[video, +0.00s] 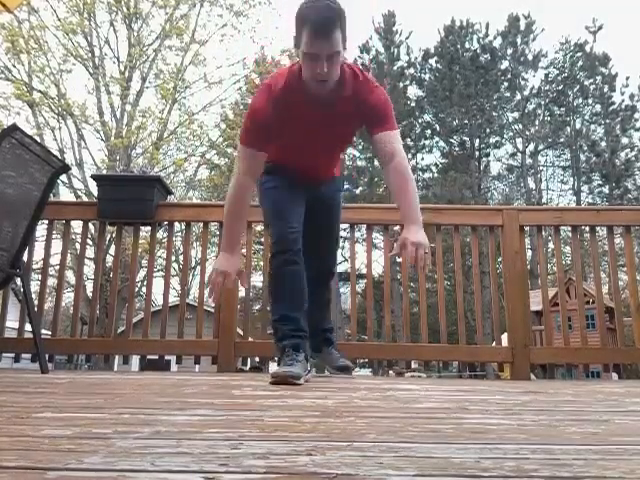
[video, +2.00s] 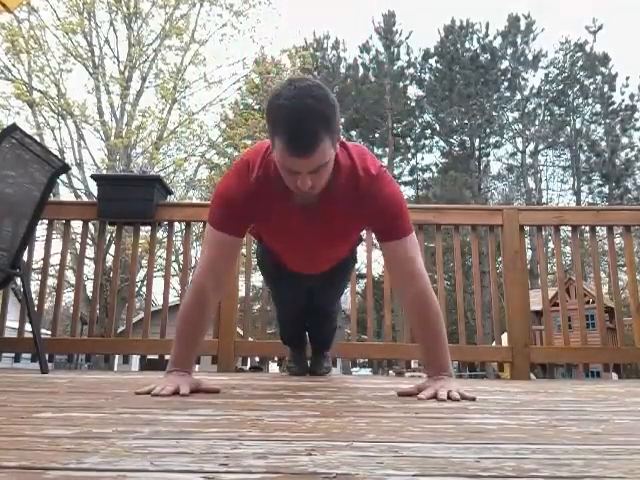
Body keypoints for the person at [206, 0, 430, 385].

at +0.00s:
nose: (323, 68)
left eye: (332, 56)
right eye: (312, 57)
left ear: (344, 47)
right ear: (297, 49)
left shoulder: (366, 93)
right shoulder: (272, 95)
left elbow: (394, 158)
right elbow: (244, 176)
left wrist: (413, 224)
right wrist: (229, 250)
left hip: (326, 176)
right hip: (280, 174)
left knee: (323, 262)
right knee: (286, 245)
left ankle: (320, 347)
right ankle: (290, 350)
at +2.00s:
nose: (303, 183)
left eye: (316, 170)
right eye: (290, 171)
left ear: (337, 143)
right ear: (271, 147)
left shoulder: (371, 185)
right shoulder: (242, 184)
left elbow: (413, 282)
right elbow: (206, 283)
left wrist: (440, 374)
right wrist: (179, 370)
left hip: (336, 254)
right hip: (278, 253)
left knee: (324, 313)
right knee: (290, 317)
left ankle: (321, 353)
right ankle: (295, 352)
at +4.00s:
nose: (299, 177)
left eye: (313, 163)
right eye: (286, 163)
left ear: (334, 139)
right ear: (268, 141)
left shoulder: (370, 184)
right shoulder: (237, 185)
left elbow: (417, 285)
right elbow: (197, 285)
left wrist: (441, 375)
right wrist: (169, 370)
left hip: (339, 257)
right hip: (280, 255)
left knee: (327, 314)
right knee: (291, 314)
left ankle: (324, 354)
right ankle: (296, 351)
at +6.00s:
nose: (297, 276)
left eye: (309, 263)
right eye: (283, 266)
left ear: (332, 226)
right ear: (259, 233)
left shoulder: (369, 232)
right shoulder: (231, 236)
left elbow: (440, 291)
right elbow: (166, 290)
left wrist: (445, 376)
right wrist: (165, 370)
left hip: (335, 318)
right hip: (279, 320)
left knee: (326, 340)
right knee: (291, 340)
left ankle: (322, 355)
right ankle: (295, 353)